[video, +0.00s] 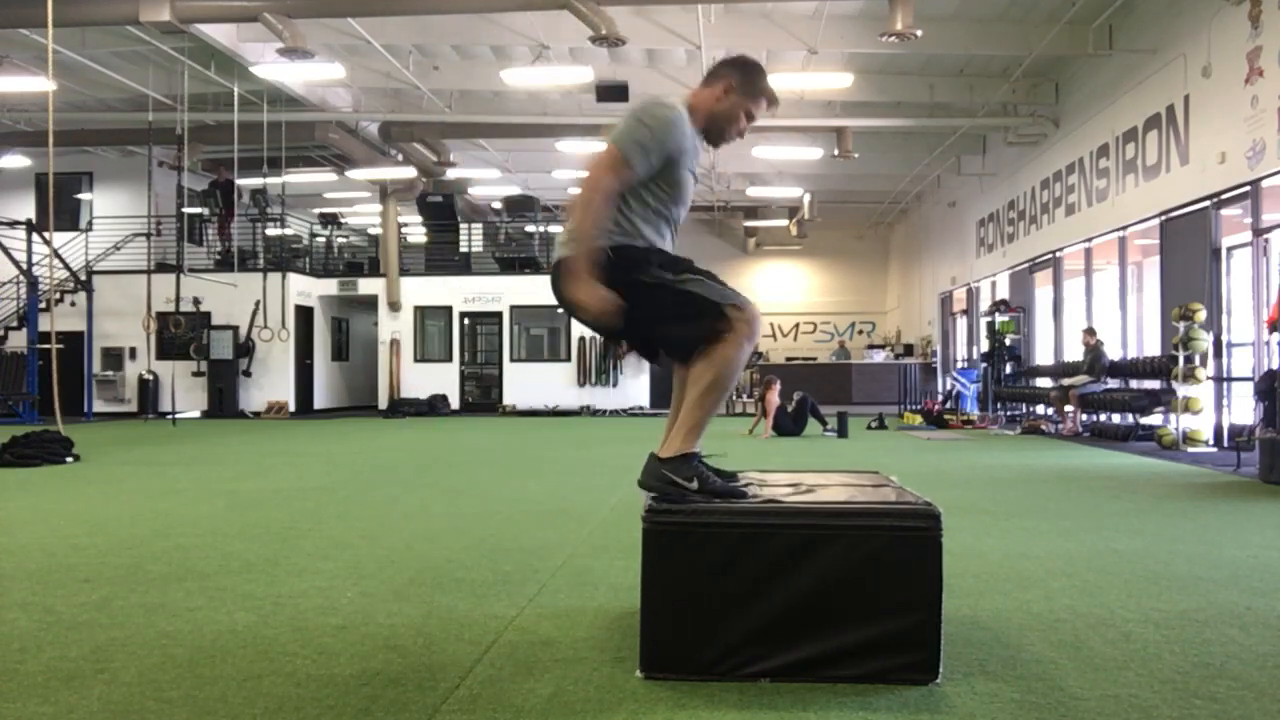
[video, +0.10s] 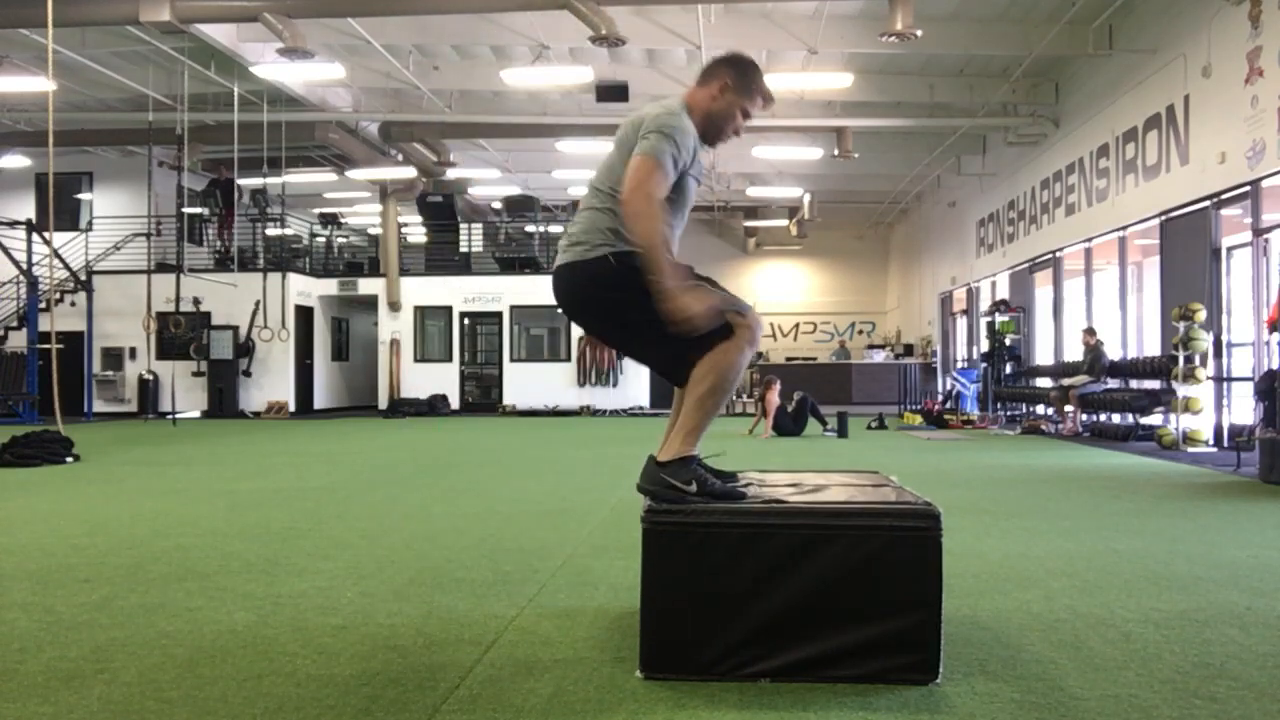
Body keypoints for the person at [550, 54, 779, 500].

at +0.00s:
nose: (744, 131)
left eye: (750, 124)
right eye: (746, 116)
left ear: (721, 93)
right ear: (722, 89)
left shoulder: (686, 146)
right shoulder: (666, 116)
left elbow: (645, 232)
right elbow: (599, 181)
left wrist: (636, 318)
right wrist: (581, 274)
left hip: (632, 266)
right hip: (617, 259)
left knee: (703, 342)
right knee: (741, 321)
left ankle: (673, 459)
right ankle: (676, 457)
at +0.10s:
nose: (740, 129)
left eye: (747, 121)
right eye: (742, 114)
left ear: (716, 90)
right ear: (719, 88)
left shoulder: (674, 133)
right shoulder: (672, 122)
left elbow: (621, 218)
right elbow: (637, 198)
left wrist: (603, 318)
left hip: (586, 275)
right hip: (604, 264)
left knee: (709, 354)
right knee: (742, 326)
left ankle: (670, 463)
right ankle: (676, 459)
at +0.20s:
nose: (723, 97)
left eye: (729, 91)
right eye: (724, 82)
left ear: (702, 64)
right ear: (698, 57)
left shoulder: (663, 113)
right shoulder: (648, 90)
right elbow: (635, 161)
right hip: (593, 239)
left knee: (702, 335)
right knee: (720, 318)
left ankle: (675, 459)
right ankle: (673, 459)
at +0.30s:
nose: (699, 54)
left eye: (706, 47)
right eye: (700, 39)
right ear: (676, 10)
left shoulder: (642, 67)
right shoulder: (623, 36)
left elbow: (597, 156)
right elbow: (587, 101)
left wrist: (618, 214)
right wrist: (668, 151)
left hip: (581, 201)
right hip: (559, 196)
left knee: (667, 303)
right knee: (665, 301)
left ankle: (676, 450)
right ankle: (666, 455)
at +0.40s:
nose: (670, 26)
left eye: (677, 19)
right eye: (671, 13)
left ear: (654, 9)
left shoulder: (620, 47)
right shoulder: (584, 13)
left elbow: (560, 126)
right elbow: (536, 73)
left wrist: (605, 161)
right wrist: (614, 116)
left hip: (571, 180)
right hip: (524, 170)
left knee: (645, 282)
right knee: (603, 290)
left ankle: (610, 421)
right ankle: (618, 442)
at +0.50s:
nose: (633, 26)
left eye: (638, 18)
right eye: (632, 13)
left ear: (616, 9)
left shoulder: (593, 51)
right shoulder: (533, 16)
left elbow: (542, 125)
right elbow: (488, 84)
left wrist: (580, 148)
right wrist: (575, 110)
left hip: (553, 191)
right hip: (492, 185)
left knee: (611, 296)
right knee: (557, 301)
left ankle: (557, 420)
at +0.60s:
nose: (590, 44)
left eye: (599, 36)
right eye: (586, 29)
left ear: (600, 31)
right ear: (553, 10)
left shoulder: (563, 76)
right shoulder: (492, 51)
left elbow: (530, 162)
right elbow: (458, 124)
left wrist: (567, 167)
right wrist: (548, 125)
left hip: (530, 228)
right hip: (467, 222)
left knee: (562, 348)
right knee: (493, 349)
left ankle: (537, 489)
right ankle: (446, 490)